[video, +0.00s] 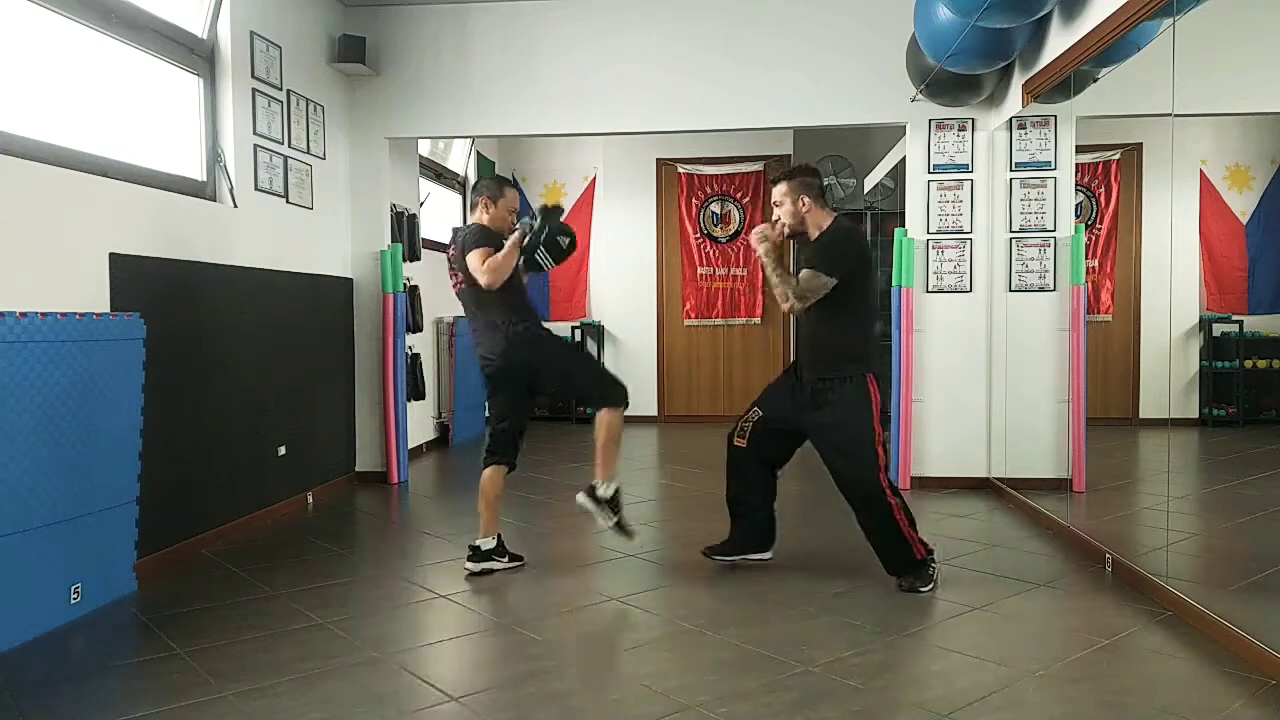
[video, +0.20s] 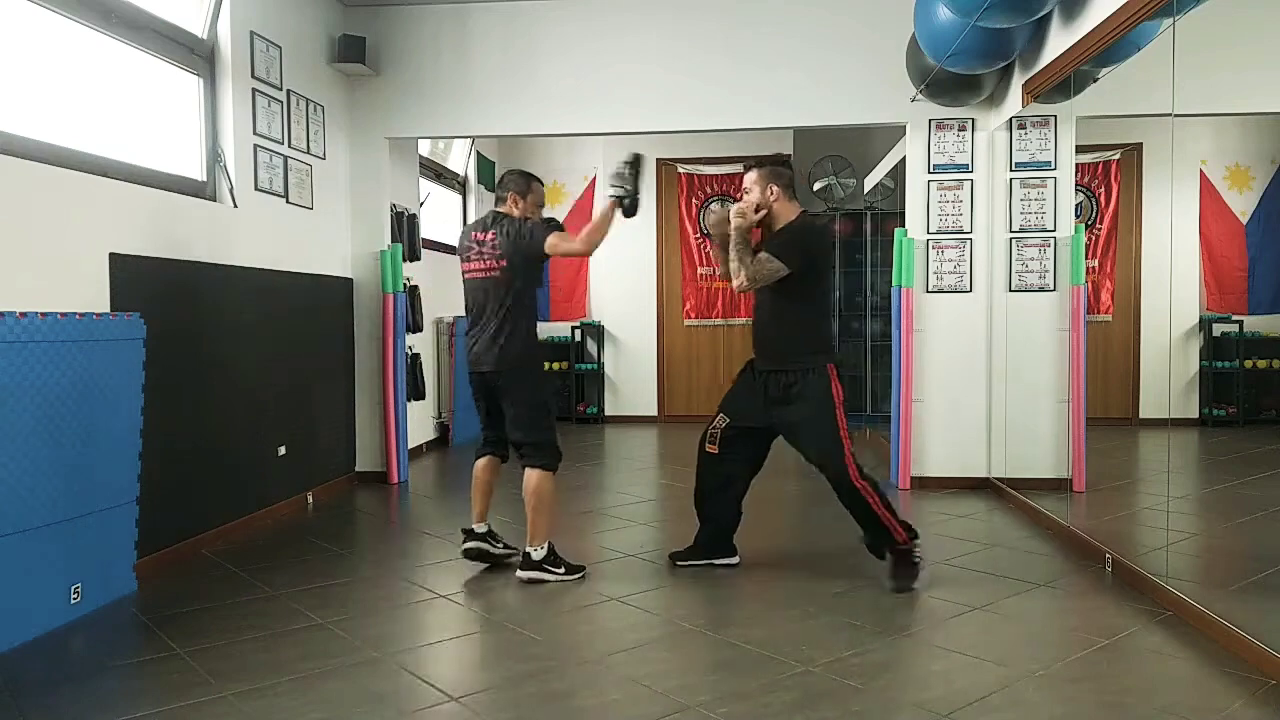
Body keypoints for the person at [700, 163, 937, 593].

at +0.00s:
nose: (776, 213)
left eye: (779, 204)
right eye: (774, 206)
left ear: (804, 203)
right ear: (806, 204)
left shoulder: (844, 240)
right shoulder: (814, 244)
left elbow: (792, 300)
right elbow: (794, 298)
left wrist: (768, 257)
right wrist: (772, 254)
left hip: (848, 383)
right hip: (805, 378)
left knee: (866, 481)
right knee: (747, 443)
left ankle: (915, 564)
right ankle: (752, 540)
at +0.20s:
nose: (744, 200)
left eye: (748, 192)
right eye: (744, 193)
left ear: (772, 193)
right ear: (772, 193)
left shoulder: (806, 233)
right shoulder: (774, 237)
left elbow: (744, 279)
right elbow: (732, 273)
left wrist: (740, 228)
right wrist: (719, 235)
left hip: (810, 375)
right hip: (764, 373)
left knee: (840, 468)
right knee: (719, 448)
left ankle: (899, 546)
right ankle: (716, 543)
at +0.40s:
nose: (711, 208)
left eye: (715, 201)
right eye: (710, 202)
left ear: (739, 199)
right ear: (735, 200)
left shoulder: (781, 239)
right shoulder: (729, 231)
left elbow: (731, 285)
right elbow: (691, 239)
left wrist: (717, 234)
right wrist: (669, 244)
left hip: (783, 374)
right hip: (738, 371)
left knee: (790, 470)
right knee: (687, 443)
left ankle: (825, 564)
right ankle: (688, 538)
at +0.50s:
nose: (692, 211)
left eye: (696, 203)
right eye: (691, 205)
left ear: (722, 203)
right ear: (719, 204)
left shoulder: (763, 245)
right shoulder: (708, 239)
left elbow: (723, 295)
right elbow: (652, 254)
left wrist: (702, 242)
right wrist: (615, 231)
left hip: (763, 380)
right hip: (719, 377)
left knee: (778, 474)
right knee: (668, 447)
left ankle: (826, 562)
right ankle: (671, 541)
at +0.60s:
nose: (668, 209)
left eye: (672, 200)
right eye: (667, 201)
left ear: (695, 199)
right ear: (694, 200)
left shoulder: (738, 239)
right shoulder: (690, 242)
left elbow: (720, 295)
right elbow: (642, 255)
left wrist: (685, 261)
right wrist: (591, 233)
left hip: (737, 375)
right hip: (699, 375)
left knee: (754, 472)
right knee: (651, 449)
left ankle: (828, 554)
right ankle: (658, 541)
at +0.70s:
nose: (652, 206)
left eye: (654, 198)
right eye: (651, 199)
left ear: (676, 198)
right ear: (684, 199)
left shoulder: (698, 228)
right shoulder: (690, 239)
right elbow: (658, 277)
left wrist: (635, 234)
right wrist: (633, 240)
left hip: (716, 368)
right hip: (690, 371)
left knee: (737, 473)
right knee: (647, 450)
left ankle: (819, 548)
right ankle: (651, 542)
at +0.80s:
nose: (637, 210)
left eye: (643, 203)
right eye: (639, 204)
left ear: (666, 203)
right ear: (675, 204)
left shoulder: (684, 228)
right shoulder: (695, 243)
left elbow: (626, 225)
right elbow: (657, 276)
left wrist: (586, 226)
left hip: (706, 374)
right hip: (683, 376)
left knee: (724, 484)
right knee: (641, 450)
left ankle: (810, 555)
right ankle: (650, 541)